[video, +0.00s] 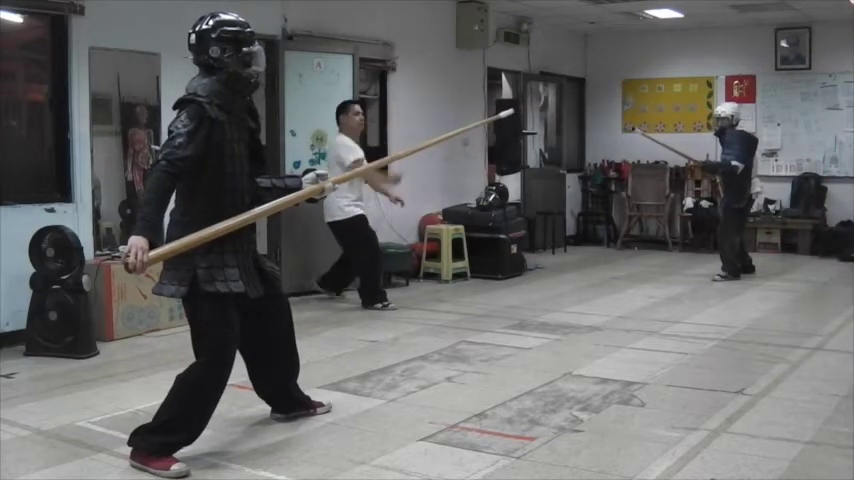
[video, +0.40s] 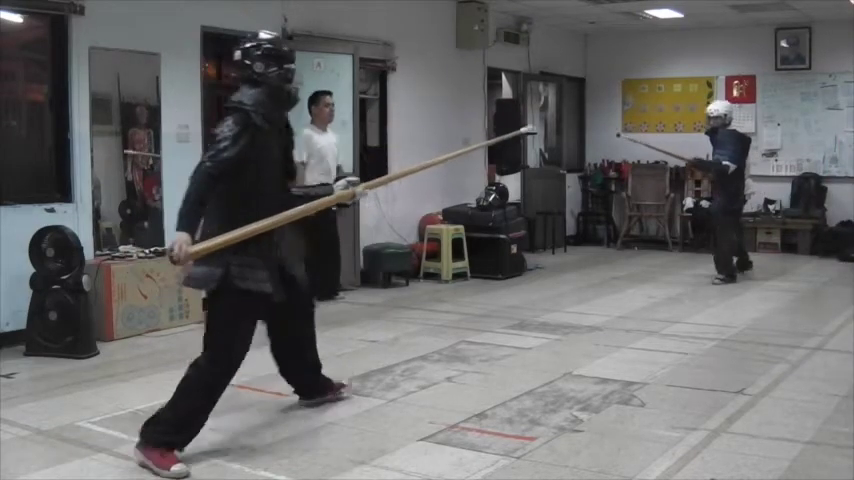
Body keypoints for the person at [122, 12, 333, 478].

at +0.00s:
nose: (253, 57)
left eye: (253, 49)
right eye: (242, 49)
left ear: (245, 54)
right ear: (213, 53)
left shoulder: (239, 108)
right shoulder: (200, 106)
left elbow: (246, 184)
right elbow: (165, 168)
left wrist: (300, 184)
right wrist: (144, 232)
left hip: (237, 245)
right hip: (203, 249)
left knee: (271, 315)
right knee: (216, 356)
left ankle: (286, 399)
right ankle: (152, 446)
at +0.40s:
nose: (291, 75)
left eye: (290, 67)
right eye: (281, 67)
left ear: (273, 72)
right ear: (258, 71)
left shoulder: (275, 119)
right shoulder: (244, 117)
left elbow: (274, 193)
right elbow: (209, 169)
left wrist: (327, 194)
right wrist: (184, 229)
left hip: (268, 245)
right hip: (235, 248)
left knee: (296, 307)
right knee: (223, 352)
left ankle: (311, 384)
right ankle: (158, 439)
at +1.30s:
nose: (397, 82)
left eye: (396, 75)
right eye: (390, 76)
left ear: (372, 80)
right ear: (374, 79)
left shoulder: (378, 122)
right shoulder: (355, 120)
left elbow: (377, 189)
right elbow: (320, 166)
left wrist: (421, 188)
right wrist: (315, 217)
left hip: (360, 230)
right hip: (341, 233)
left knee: (390, 281)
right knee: (375, 315)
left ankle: (409, 349)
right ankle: (333, 391)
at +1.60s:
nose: (445, 104)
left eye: (444, 98)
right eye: (440, 98)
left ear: (416, 99)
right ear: (425, 99)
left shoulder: (425, 136)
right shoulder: (410, 130)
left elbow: (442, 186)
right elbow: (380, 165)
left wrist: (480, 187)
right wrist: (396, 218)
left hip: (390, 233)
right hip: (373, 234)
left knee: (423, 279)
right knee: (385, 308)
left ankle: (427, 352)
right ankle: (335, 384)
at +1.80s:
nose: (455, 106)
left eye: (454, 99)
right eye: (451, 99)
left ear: (424, 99)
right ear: (440, 99)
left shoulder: (429, 137)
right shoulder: (417, 131)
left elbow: (440, 190)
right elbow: (395, 166)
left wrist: (476, 189)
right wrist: (411, 219)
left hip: (398, 230)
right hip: (379, 230)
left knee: (428, 280)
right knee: (389, 306)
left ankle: (429, 351)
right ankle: (337, 376)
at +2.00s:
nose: (441, 103)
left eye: (441, 96)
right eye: (436, 96)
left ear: (412, 97)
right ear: (422, 97)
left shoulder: (416, 134)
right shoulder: (401, 133)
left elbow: (413, 188)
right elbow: (374, 172)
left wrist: (449, 186)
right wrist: (367, 216)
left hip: (399, 233)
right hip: (382, 234)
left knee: (427, 281)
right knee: (384, 313)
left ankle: (429, 350)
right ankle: (325, 378)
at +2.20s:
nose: (415, 94)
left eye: (414, 87)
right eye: (410, 87)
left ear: (388, 89)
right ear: (395, 90)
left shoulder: (393, 132)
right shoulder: (372, 131)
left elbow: (397, 186)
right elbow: (340, 169)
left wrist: (435, 186)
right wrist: (334, 217)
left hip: (373, 235)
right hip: (351, 236)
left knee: (396, 291)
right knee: (366, 315)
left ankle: (415, 352)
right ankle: (317, 387)